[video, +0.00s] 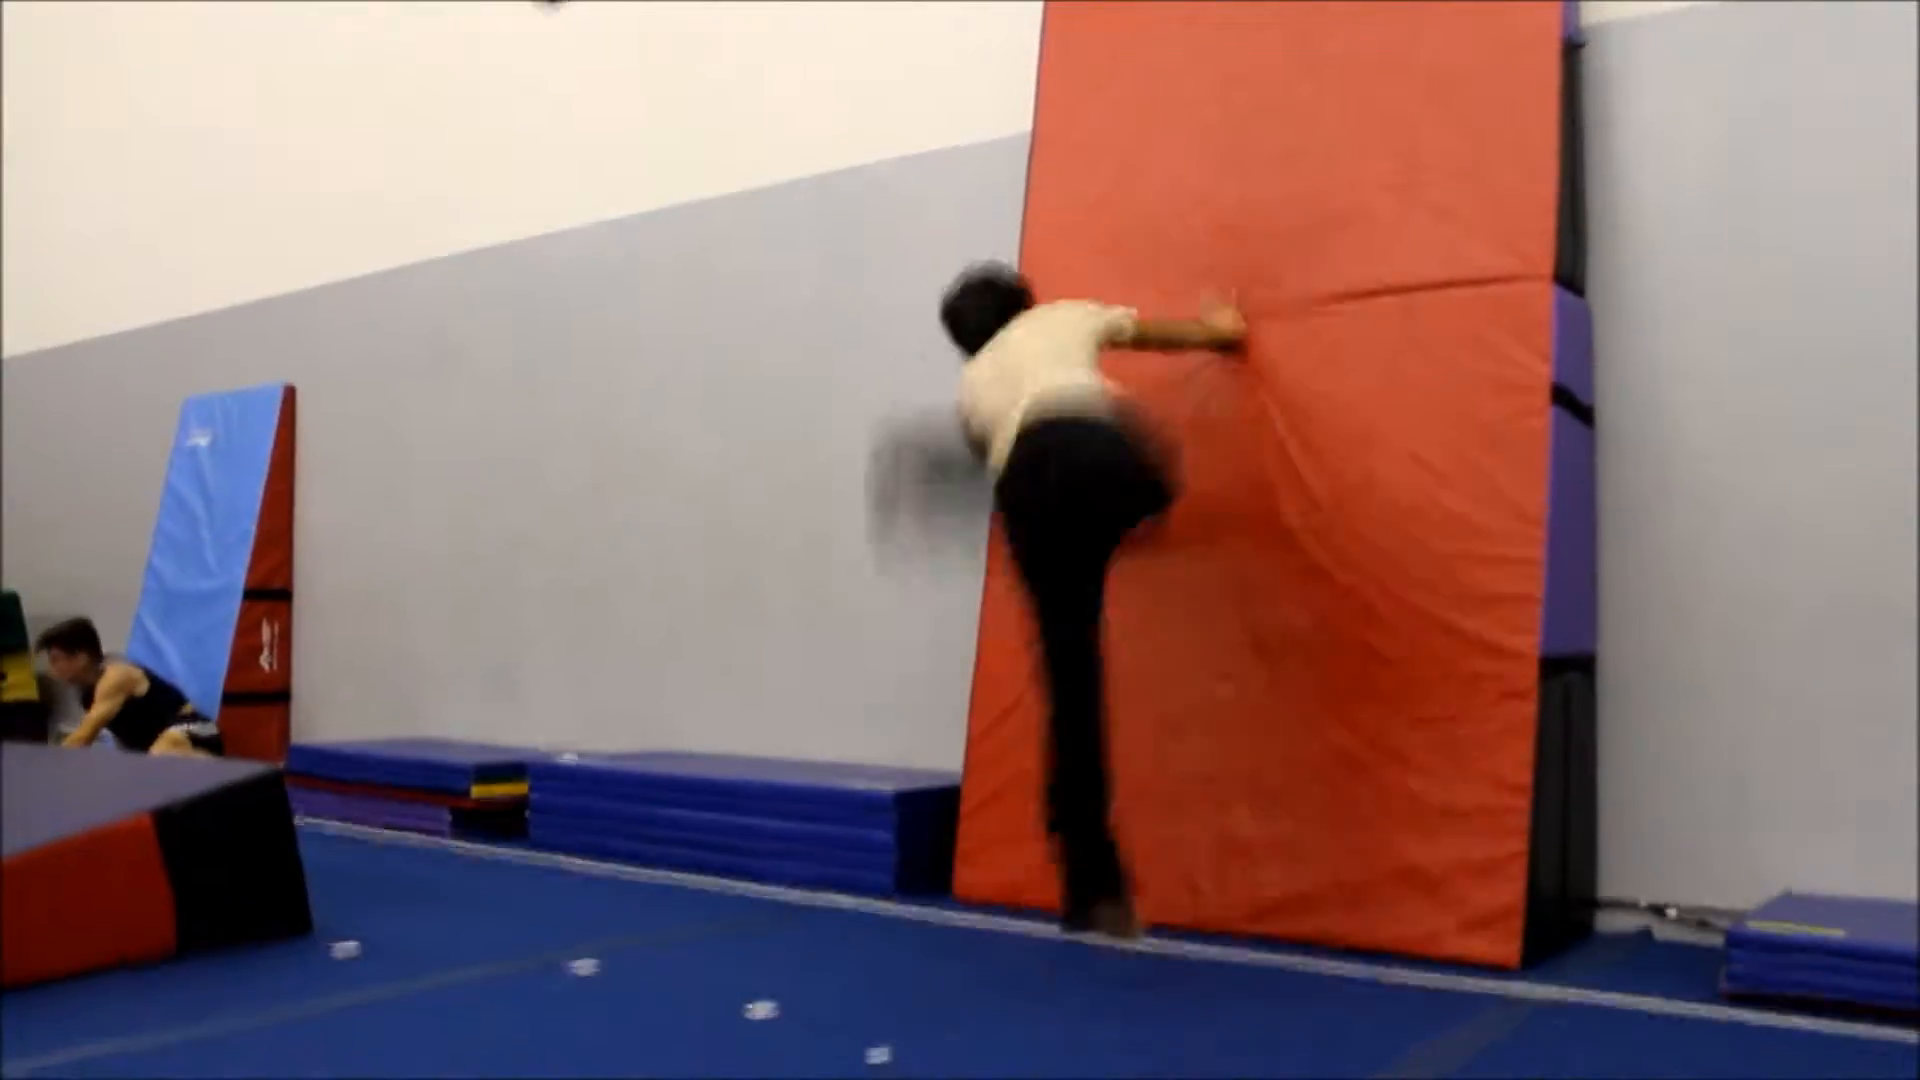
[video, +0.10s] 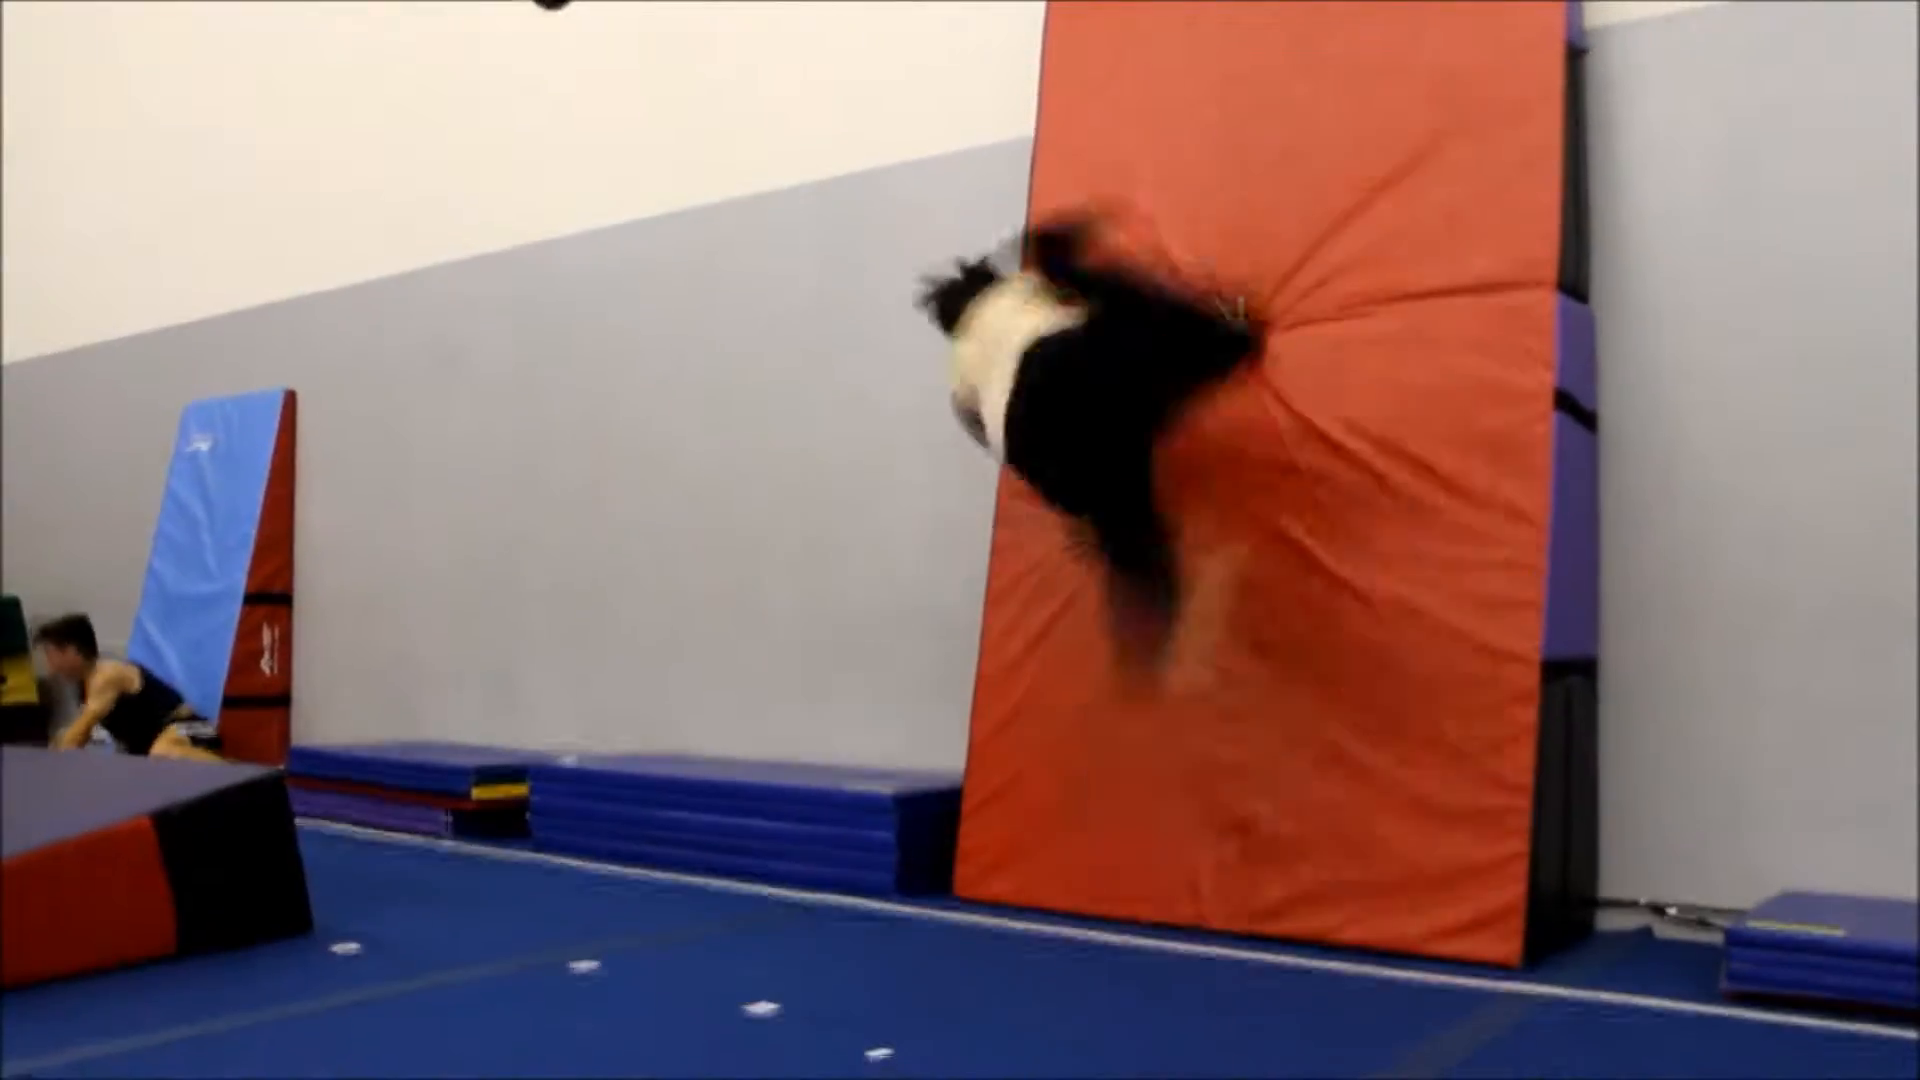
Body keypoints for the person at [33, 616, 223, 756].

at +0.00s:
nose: (52, 668)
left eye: (57, 660)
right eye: (51, 661)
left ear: (81, 658)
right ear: (80, 660)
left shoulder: (116, 676)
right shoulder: (89, 688)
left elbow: (83, 737)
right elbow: (85, 739)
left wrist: (52, 766)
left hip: (190, 729)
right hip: (148, 742)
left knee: (163, 753)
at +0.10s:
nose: (49, 664)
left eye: (52, 654)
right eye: (48, 655)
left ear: (72, 653)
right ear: (72, 653)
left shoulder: (107, 675)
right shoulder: (89, 682)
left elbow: (78, 734)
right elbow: (82, 735)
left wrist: (60, 750)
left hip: (183, 728)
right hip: (146, 743)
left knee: (163, 750)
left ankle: (236, 774)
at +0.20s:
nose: (41, 652)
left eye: (47, 643)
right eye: (40, 644)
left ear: (68, 642)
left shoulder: (100, 663)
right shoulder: (83, 675)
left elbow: (67, 730)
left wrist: (42, 771)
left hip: (180, 724)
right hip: (145, 740)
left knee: (163, 749)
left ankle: (237, 774)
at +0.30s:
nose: (35, 649)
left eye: (39, 640)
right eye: (34, 641)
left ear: (59, 638)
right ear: (58, 639)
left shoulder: (87, 656)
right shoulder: (79, 668)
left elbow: (62, 722)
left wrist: (37, 764)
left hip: (181, 718)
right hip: (145, 734)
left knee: (159, 754)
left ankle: (238, 773)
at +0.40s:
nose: (32, 645)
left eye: (34, 636)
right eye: (31, 637)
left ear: (53, 634)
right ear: (52, 635)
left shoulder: (76, 650)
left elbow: (56, 714)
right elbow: (119, 717)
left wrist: (35, 756)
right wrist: (122, 753)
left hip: (179, 710)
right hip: (152, 723)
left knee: (152, 757)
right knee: (126, 771)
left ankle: (233, 771)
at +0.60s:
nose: (30, 644)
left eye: (30, 636)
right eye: (29, 637)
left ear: (43, 626)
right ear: (62, 623)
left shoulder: (54, 639)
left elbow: (41, 713)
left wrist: (30, 761)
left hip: (164, 689)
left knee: (137, 755)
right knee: (107, 762)